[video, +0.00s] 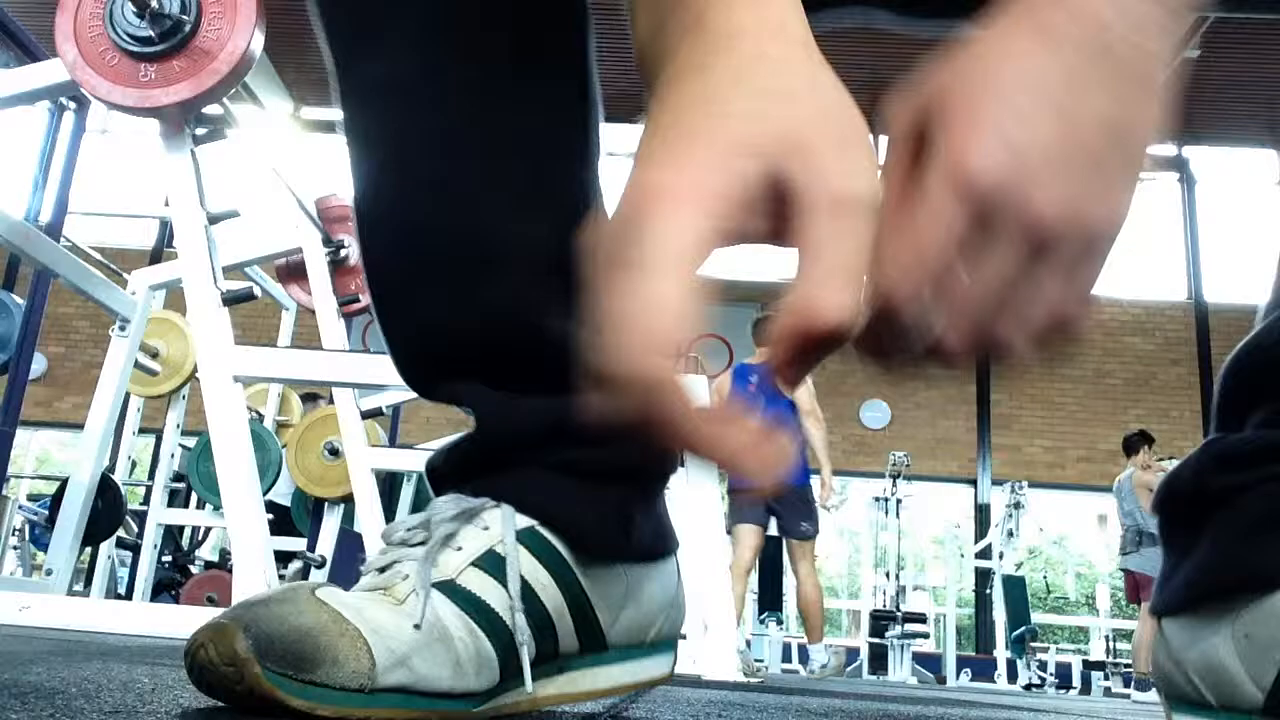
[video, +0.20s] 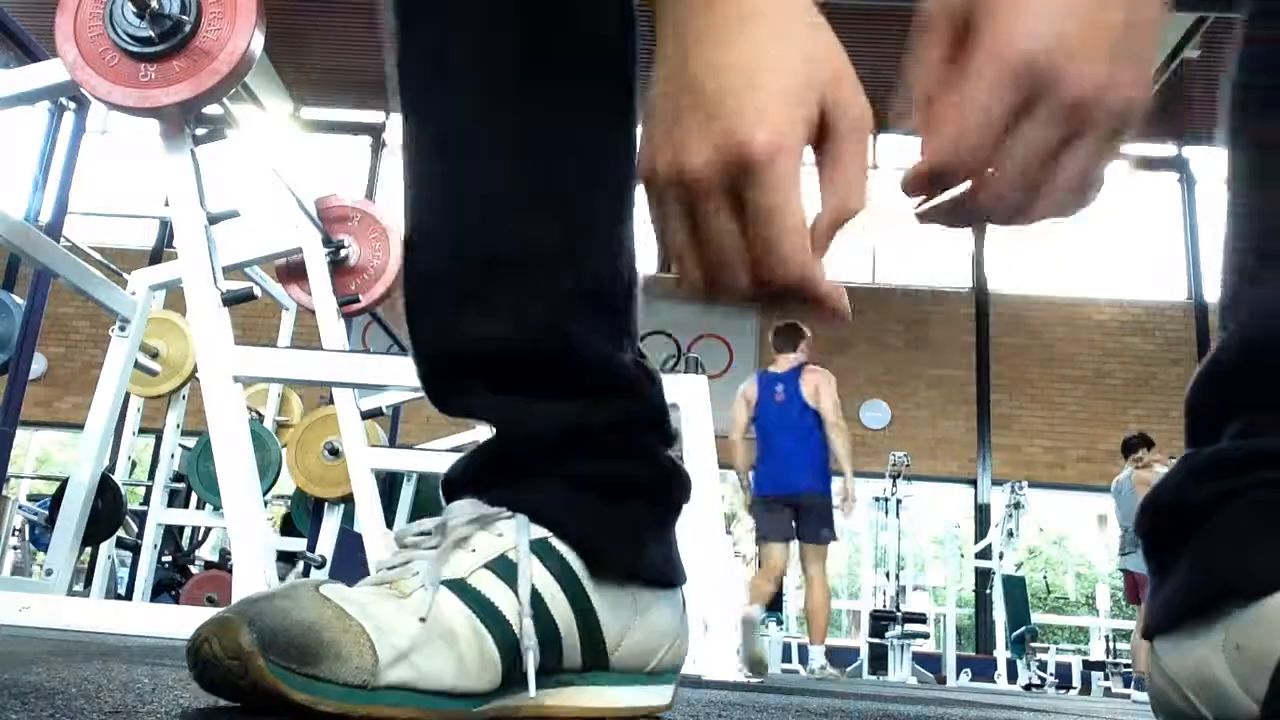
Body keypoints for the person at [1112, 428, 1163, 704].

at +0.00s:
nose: (1151, 456)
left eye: (1150, 451)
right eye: (1150, 451)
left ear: (1127, 453)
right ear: (1142, 451)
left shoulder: (1119, 481)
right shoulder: (1143, 477)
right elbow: (1176, 485)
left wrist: (1149, 471)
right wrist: (1160, 470)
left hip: (1129, 552)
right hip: (1149, 551)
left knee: (1144, 617)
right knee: (1149, 617)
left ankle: (1139, 677)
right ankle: (1143, 679)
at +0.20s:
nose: (1151, 458)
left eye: (1150, 454)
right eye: (1150, 453)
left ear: (1125, 456)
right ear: (1143, 453)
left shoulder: (1116, 483)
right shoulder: (1149, 477)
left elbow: (1121, 520)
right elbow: (1177, 491)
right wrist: (1168, 467)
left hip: (1127, 556)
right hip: (1146, 556)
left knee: (1141, 620)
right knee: (1146, 620)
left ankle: (1138, 676)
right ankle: (1141, 678)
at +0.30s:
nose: (1128, 462)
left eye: (1128, 457)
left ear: (1126, 457)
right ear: (1152, 451)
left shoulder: (1117, 482)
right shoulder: (1165, 472)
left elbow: (1119, 523)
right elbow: (1174, 509)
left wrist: (1129, 541)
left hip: (1129, 553)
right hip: (1156, 550)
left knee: (1140, 616)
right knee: (1153, 613)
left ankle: (1137, 676)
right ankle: (1146, 677)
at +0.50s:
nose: (1155, 460)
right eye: (1153, 455)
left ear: (1124, 455)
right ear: (1148, 453)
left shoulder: (1115, 484)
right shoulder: (1155, 474)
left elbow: (1118, 523)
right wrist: (1164, 457)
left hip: (1125, 555)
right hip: (1147, 554)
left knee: (1138, 615)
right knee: (1150, 613)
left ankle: (1136, 673)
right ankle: (1146, 672)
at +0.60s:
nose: (1153, 460)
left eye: (1152, 457)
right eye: (1152, 456)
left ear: (1125, 455)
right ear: (1144, 453)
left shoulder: (1112, 484)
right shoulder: (1147, 473)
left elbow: (1117, 522)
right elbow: (1172, 465)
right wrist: (1160, 456)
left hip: (1122, 555)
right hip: (1143, 553)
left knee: (1137, 615)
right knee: (1149, 613)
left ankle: (1135, 671)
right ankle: (1144, 672)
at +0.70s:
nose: (1146, 466)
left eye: (1147, 462)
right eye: (1146, 462)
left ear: (1123, 458)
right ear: (1139, 458)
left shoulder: (1110, 485)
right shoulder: (1142, 479)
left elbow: (1114, 519)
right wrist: (1157, 471)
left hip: (1121, 554)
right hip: (1140, 552)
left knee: (1136, 614)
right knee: (1147, 611)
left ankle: (1135, 671)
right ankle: (1144, 669)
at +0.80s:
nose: (1147, 468)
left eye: (1148, 465)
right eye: (1147, 464)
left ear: (1125, 460)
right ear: (1139, 460)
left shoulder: (1109, 486)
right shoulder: (1142, 482)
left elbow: (1111, 523)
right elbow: (1151, 515)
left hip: (1121, 556)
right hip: (1140, 555)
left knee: (1135, 614)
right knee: (1147, 613)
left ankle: (1135, 673)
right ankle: (1143, 672)